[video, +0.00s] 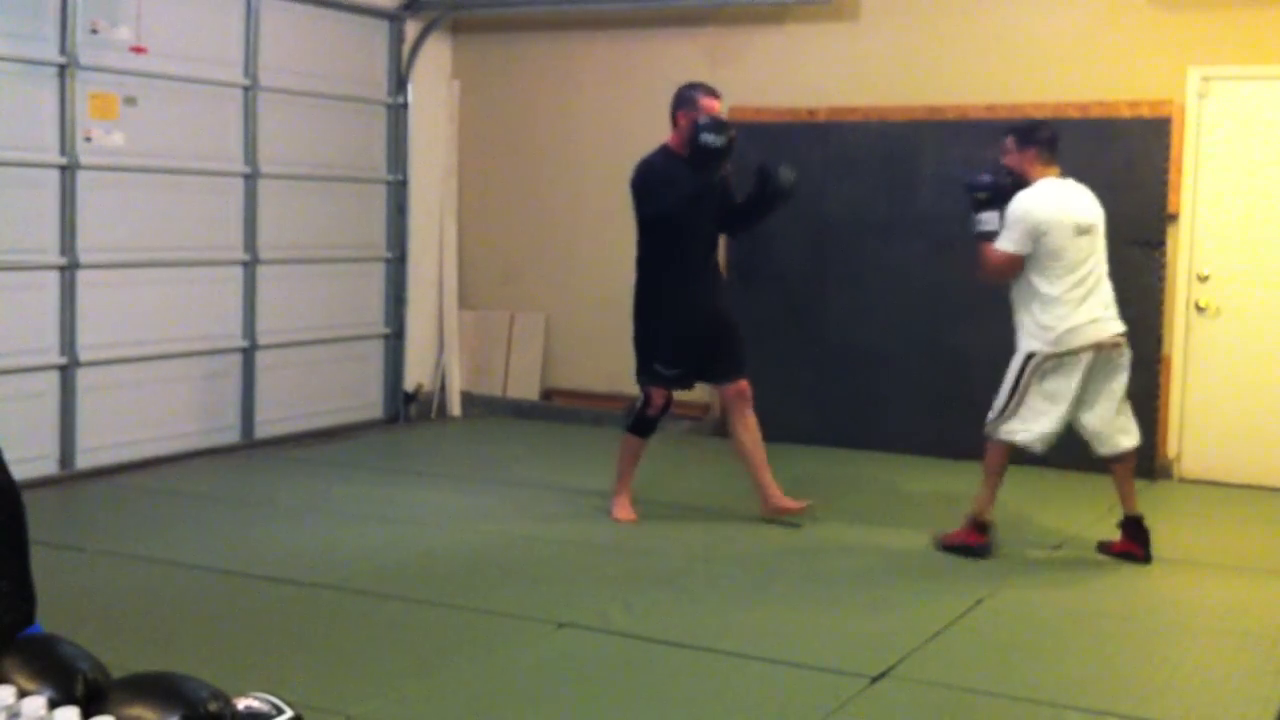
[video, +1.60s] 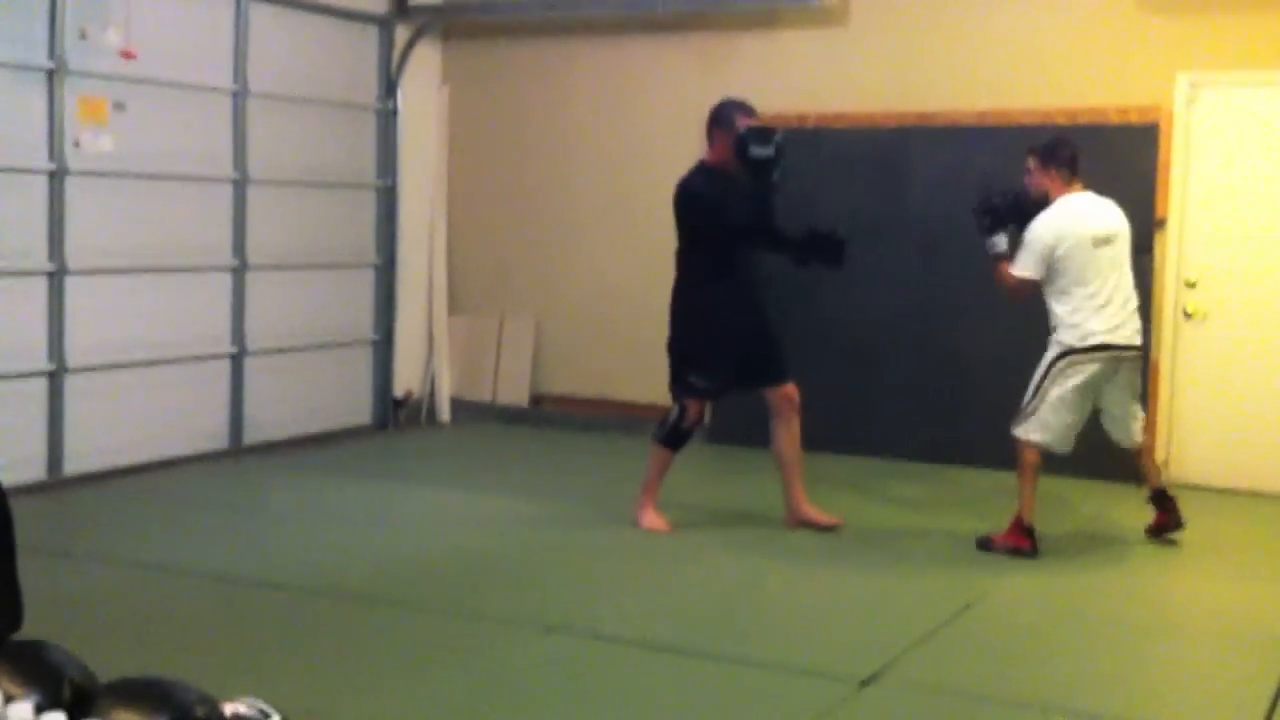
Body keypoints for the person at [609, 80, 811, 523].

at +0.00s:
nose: (715, 129)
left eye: (719, 121)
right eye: (707, 120)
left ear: (718, 123)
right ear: (680, 118)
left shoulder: (710, 168)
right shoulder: (654, 171)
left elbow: (730, 222)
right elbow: (673, 222)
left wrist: (768, 195)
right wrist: (706, 162)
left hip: (706, 298)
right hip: (661, 300)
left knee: (738, 392)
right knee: (656, 399)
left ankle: (771, 496)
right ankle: (621, 494)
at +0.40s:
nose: (773, 134)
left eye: (777, 126)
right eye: (765, 124)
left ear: (777, 125)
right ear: (740, 121)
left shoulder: (765, 170)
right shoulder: (709, 170)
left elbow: (798, 227)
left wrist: (823, 183)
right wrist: (768, 164)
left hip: (760, 299)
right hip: (716, 300)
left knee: (769, 399)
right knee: (716, 400)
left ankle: (779, 503)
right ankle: (659, 482)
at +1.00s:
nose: (809, 134)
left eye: (812, 125)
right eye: (801, 124)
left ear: (811, 125)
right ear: (774, 123)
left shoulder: (804, 169)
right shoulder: (752, 174)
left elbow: (826, 221)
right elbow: (786, 221)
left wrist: (877, 220)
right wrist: (818, 168)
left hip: (796, 298)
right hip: (754, 299)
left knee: (825, 392)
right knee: (748, 396)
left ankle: (814, 502)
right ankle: (682, 481)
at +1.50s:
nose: (751, 146)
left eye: (755, 138)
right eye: (743, 138)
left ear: (755, 139)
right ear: (719, 138)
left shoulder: (750, 183)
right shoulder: (701, 189)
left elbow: (772, 234)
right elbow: (744, 232)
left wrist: (815, 244)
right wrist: (762, 178)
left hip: (748, 309)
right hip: (706, 312)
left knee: (787, 399)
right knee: (696, 409)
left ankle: (799, 504)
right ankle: (650, 500)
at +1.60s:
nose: (749, 147)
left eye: (753, 138)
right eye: (741, 138)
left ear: (750, 139)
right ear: (716, 136)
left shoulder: (743, 182)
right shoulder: (696, 188)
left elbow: (764, 234)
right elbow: (742, 233)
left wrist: (808, 248)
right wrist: (758, 180)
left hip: (742, 310)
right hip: (699, 313)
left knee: (785, 398)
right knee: (690, 409)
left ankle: (797, 505)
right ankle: (646, 503)